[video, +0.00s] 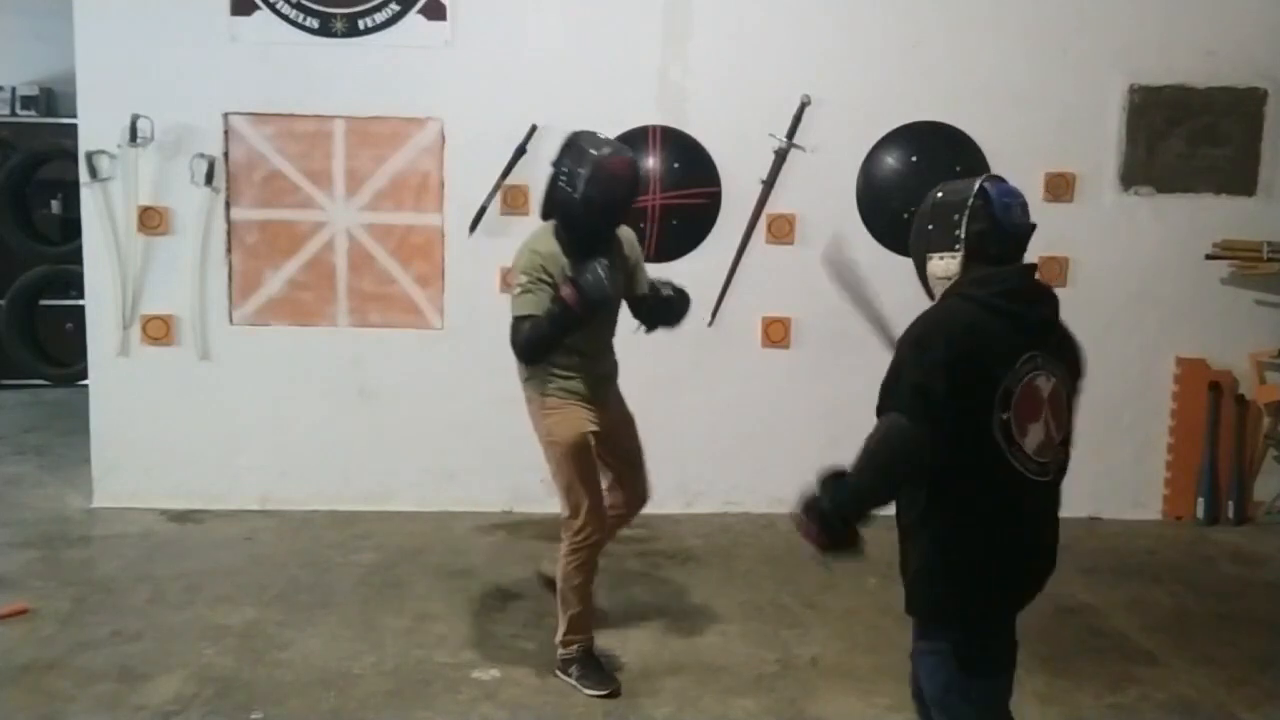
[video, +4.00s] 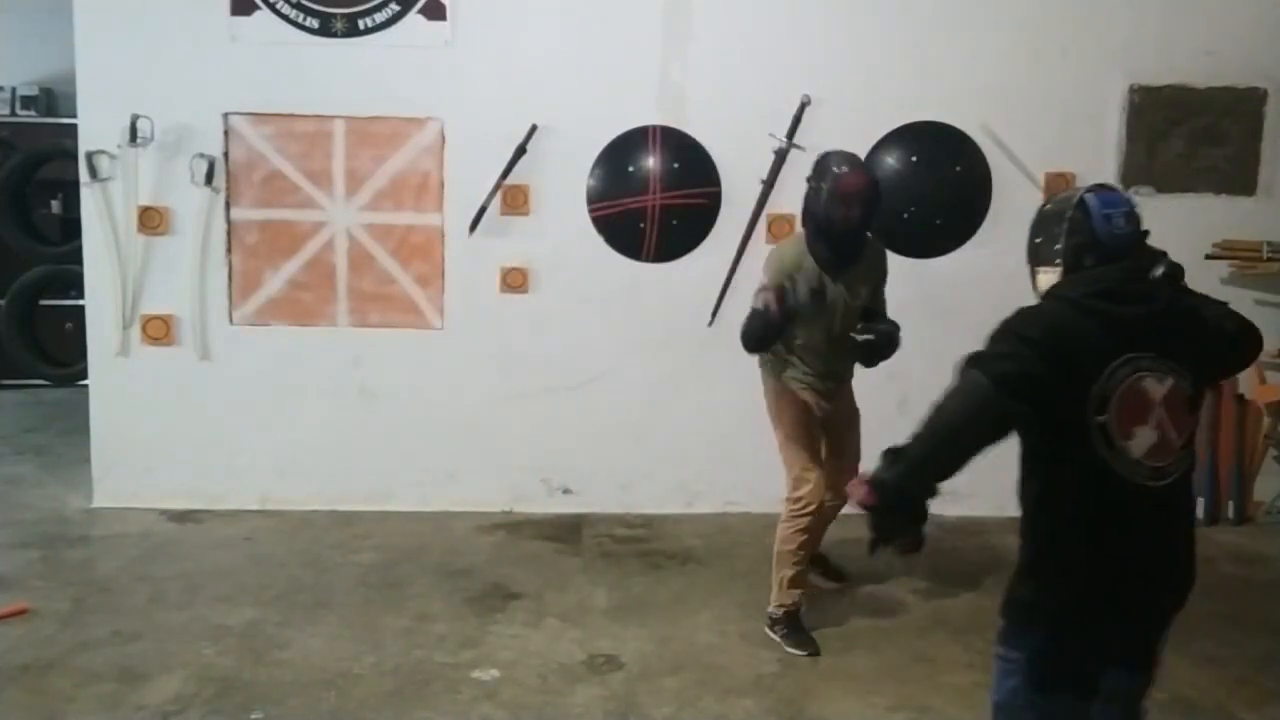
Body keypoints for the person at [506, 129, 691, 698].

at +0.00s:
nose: (616, 204)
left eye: (620, 194)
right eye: (605, 192)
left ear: (619, 198)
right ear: (574, 191)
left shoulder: (620, 242)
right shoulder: (540, 251)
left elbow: (645, 307)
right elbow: (526, 343)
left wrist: (668, 303)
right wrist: (574, 299)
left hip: (603, 389)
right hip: (555, 396)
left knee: (630, 492)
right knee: (585, 522)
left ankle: (566, 570)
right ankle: (572, 650)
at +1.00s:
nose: (663, 199)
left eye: (670, 189)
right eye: (654, 188)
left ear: (679, 194)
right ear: (632, 190)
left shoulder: (680, 238)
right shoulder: (599, 245)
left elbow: (685, 286)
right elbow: (567, 319)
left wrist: (707, 313)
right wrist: (618, 309)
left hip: (650, 372)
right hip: (600, 373)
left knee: (670, 466)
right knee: (612, 474)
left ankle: (659, 562)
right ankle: (608, 571)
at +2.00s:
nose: (719, 193)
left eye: (725, 183)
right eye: (710, 181)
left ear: (729, 188)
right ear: (685, 182)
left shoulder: (719, 239)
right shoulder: (648, 237)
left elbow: (716, 298)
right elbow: (614, 309)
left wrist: (735, 320)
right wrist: (658, 314)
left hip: (694, 371)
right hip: (644, 369)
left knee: (724, 465)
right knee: (632, 476)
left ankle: (741, 565)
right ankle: (608, 571)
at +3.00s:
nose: (830, 233)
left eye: (839, 223)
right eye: (821, 220)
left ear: (845, 226)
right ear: (793, 217)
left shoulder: (839, 279)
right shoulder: (760, 270)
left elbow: (836, 340)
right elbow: (716, 353)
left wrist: (852, 354)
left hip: (805, 405)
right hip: (751, 406)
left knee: (837, 501)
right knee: (786, 508)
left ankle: (780, 548)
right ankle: (772, 629)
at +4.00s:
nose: (851, 216)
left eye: (860, 205)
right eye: (841, 204)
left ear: (869, 209)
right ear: (816, 203)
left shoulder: (871, 257)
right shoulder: (788, 258)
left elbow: (875, 333)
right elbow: (754, 337)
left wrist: (882, 341)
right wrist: (768, 319)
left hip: (837, 383)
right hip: (789, 381)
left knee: (840, 481)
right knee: (809, 488)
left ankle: (807, 550)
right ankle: (783, 609)